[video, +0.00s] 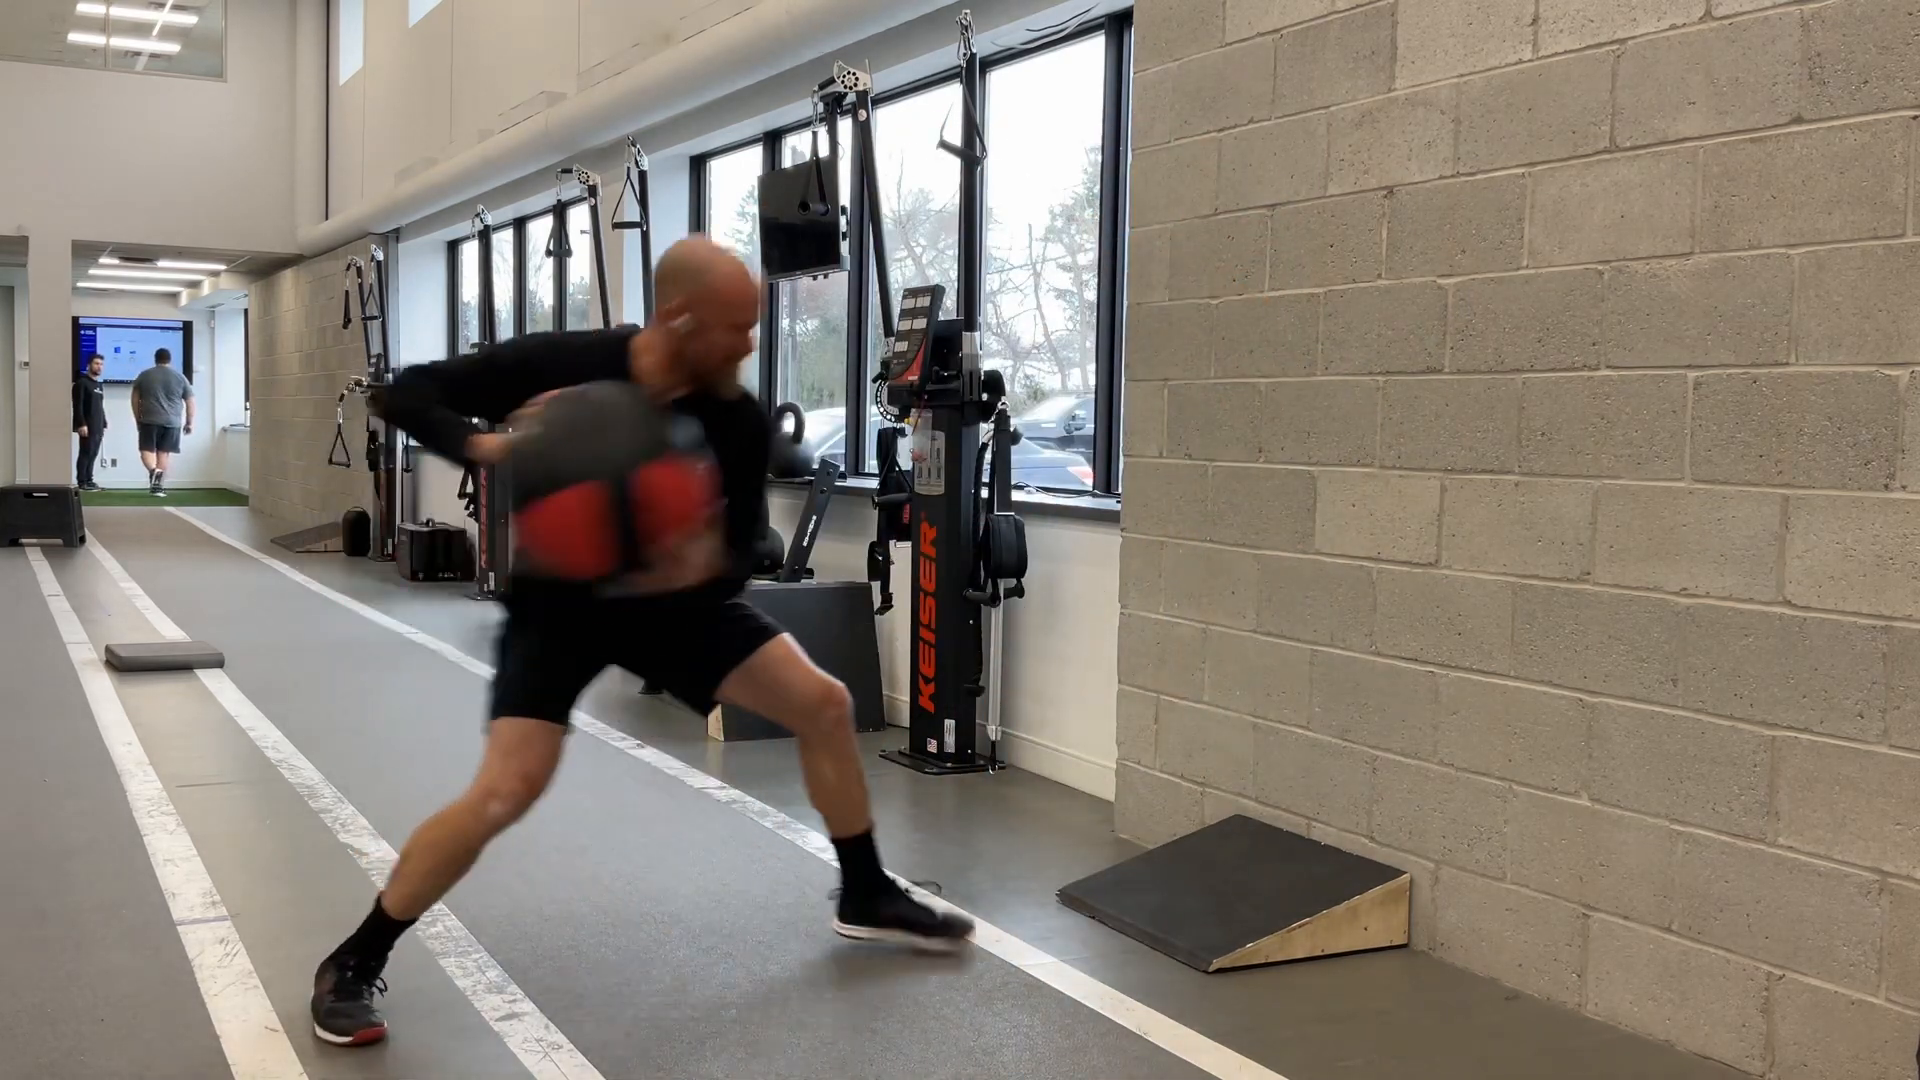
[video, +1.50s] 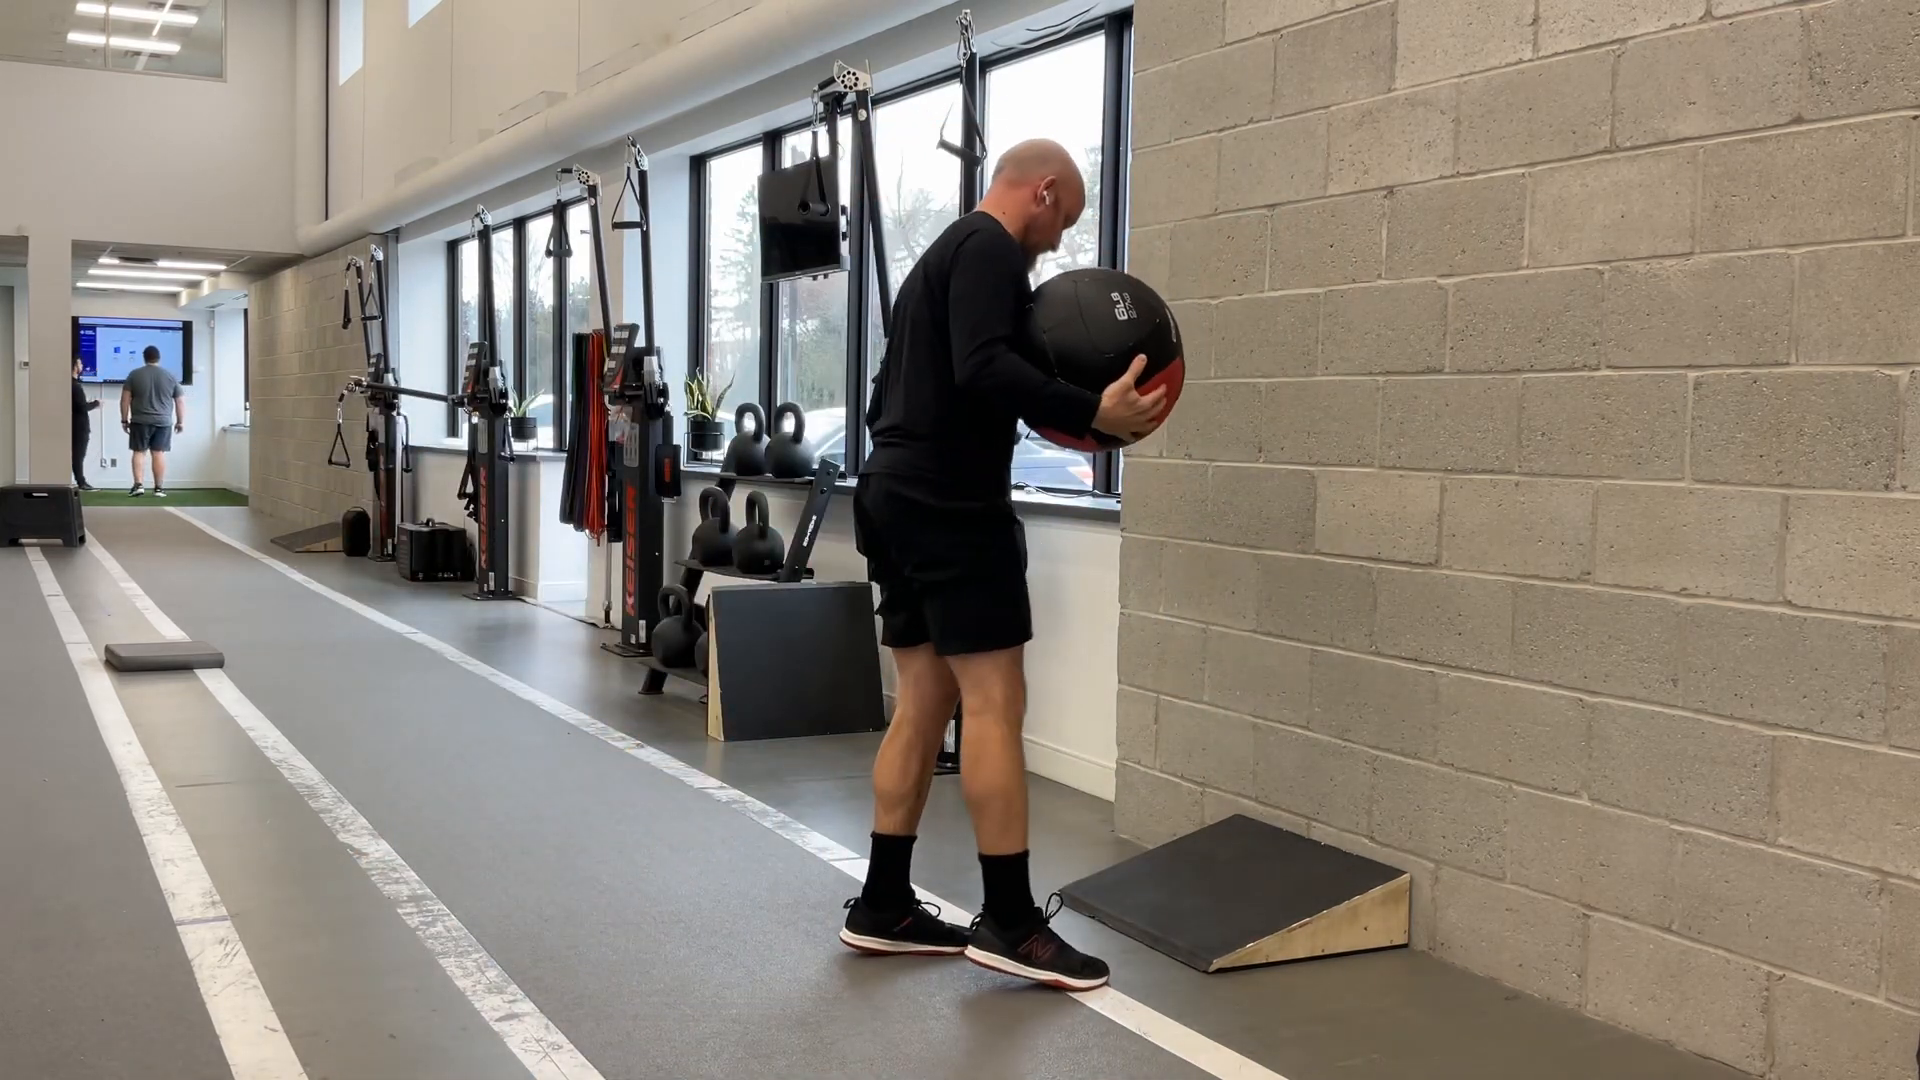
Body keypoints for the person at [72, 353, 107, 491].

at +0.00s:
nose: (99, 367)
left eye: (101, 364)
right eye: (96, 363)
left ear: (102, 367)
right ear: (89, 365)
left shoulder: (98, 385)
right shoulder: (81, 383)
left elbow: (99, 405)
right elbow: (78, 405)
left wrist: (104, 421)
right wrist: (81, 424)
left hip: (97, 424)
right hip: (87, 425)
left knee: (93, 454)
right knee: (85, 454)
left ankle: (89, 479)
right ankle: (82, 480)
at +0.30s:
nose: (97, 365)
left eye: (98, 362)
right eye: (94, 362)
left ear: (100, 365)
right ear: (87, 365)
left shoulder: (98, 385)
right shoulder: (81, 383)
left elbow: (100, 407)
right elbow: (78, 406)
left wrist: (104, 425)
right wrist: (80, 425)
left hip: (98, 425)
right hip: (88, 425)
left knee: (92, 455)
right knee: (85, 454)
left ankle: (89, 479)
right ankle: (82, 480)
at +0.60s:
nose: (96, 367)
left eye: (97, 365)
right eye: (93, 364)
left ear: (98, 367)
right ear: (86, 366)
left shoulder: (94, 384)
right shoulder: (79, 383)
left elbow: (95, 404)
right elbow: (78, 405)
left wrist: (107, 412)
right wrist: (93, 415)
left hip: (94, 423)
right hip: (84, 423)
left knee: (92, 453)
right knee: (85, 452)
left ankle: (89, 479)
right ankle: (82, 481)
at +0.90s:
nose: (94, 368)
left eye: (95, 365)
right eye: (91, 365)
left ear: (95, 367)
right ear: (83, 366)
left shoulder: (89, 383)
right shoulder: (78, 382)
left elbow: (88, 402)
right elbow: (79, 404)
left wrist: (100, 405)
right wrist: (98, 406)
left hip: (91, 424)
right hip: (82, 424)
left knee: (91, 452)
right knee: (83, 452)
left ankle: (89, 480)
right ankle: (82, 481)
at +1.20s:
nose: (91, 366)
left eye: (90, 363)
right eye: (89, 363)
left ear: (81, 365)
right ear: (84, 365)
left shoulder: (78, 381)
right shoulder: (80, 384)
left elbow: (81, 406)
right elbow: (82, 407)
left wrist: (96, 406)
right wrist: (98, 407)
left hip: (81, 425)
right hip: (82, 426)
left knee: (86, 450)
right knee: (85, 450)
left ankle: (81, 479)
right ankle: (81, 481)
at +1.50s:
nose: (81, 366)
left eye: (81, 363)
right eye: (79, 364)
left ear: (74, 367)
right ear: (74, 367)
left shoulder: (73, 383)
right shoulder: (75, 385)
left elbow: (79, 406)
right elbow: (81, 407)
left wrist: (91, 403)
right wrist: (94, 404)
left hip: (76, 425)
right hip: (79, 426)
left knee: (77, 455)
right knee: (78, 455)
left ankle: (81, 481)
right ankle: (81, 482)